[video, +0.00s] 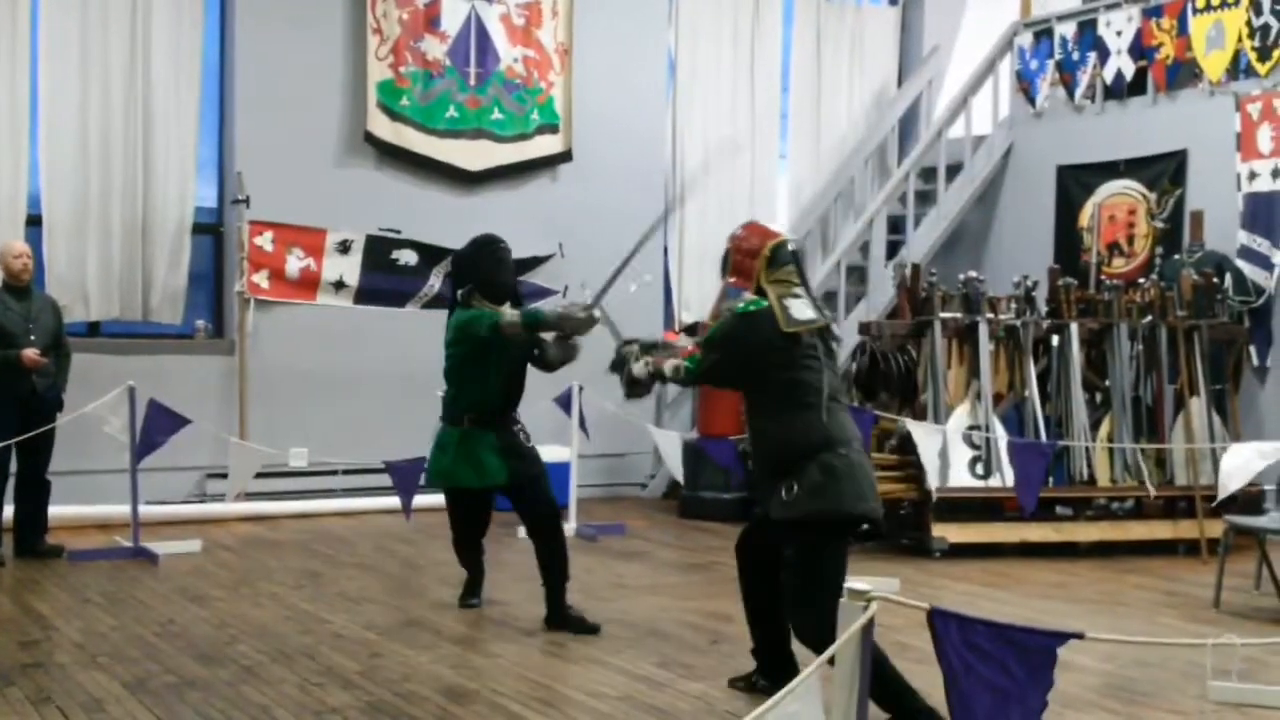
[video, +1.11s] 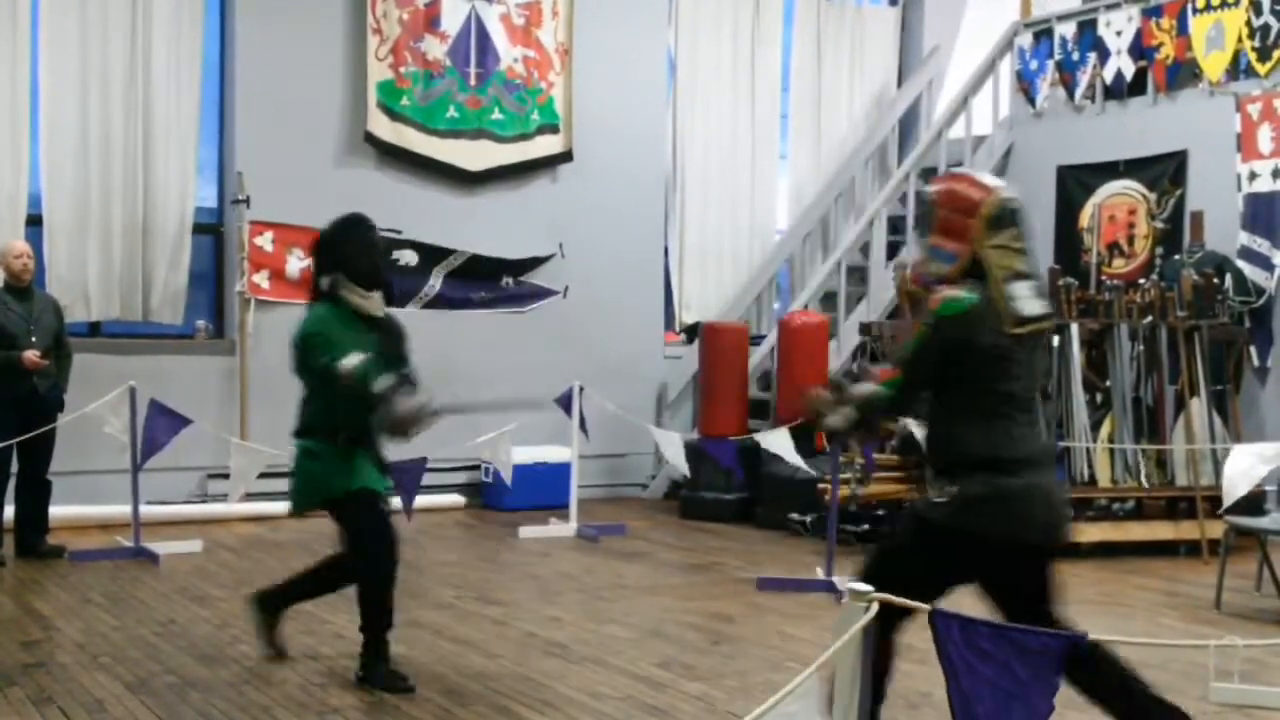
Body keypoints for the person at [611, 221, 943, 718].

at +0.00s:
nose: (728, 274)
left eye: (732, 265)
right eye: (729, 265)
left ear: (747, 268)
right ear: (779, 267)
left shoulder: (754, 321)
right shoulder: (805, 315)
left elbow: (707, 370)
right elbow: (739, 359)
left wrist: (667, 367)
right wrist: (691, 349)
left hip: (817, 488)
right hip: (838, 482)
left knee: (814, 621)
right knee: (754, 549)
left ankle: (917, 711)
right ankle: (774, 671)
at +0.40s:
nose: (759, 270)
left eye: (764, 261)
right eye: (761, 261)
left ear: (780, 259)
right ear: (811, 262)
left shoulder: (784, 307)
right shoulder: (828, 316)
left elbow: (722, 371)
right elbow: (767, 401)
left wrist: (681, 364)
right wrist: (697, 370)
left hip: (804, 480)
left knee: (778, 597)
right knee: (743, 553)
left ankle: (867, 702)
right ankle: (773, 674)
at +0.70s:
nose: (801, 244)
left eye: (811, 233)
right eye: (805, 232)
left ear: (831, 241)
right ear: (851, 242)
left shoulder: (840, 308)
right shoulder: (857, 305)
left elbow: (784, 372)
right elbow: (805, 367)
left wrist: (723, 353)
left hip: (841, 486)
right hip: (855, 482)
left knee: (776, 602)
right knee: (802, 594)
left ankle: (811, 696)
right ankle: (808, 685)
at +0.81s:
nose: (810, 254)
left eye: (818, 242)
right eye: (813, 241)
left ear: (838, 248)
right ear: (871, 246)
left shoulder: (851, 316)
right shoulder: (893, 308)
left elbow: (794, 390)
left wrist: (751, 376)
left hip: (865, 492)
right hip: (902, 486)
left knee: (787, 601)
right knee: (833, 591)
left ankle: (831, 706)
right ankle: (884, 696)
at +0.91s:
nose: (841, 247)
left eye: (849, 235)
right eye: (843, 234)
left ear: (869, 240)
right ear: (904, 239)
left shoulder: (874, 311)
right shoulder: (930, 306)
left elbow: (831, 390)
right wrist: (807, 347)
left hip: (894, 498)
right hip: (941, 493)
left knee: (808, 595)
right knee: (879, 592)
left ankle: (832, 707)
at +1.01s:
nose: (875, 254)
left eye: (884, 241)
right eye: (878, 240)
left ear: (907, 247)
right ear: (946, 243)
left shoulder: (909, 312)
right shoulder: (975, 306)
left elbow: (858, 385)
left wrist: (817, 404)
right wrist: (842, 380)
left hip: (929, 505)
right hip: (984, 502)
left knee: (830, 591)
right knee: (947, 615)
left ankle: (837, 708)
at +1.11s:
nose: (930, 243)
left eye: (938, 230)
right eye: (934, 229)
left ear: (962, 239)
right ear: (995, 238)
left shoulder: (957, 312)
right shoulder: (1028, 304)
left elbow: (903, 391)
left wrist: (850, 410)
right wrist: (870, 396)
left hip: (973, 510)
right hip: (1031, 507)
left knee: (876, 599)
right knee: (1040, 632)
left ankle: (856, 709)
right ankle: (1157, 714)